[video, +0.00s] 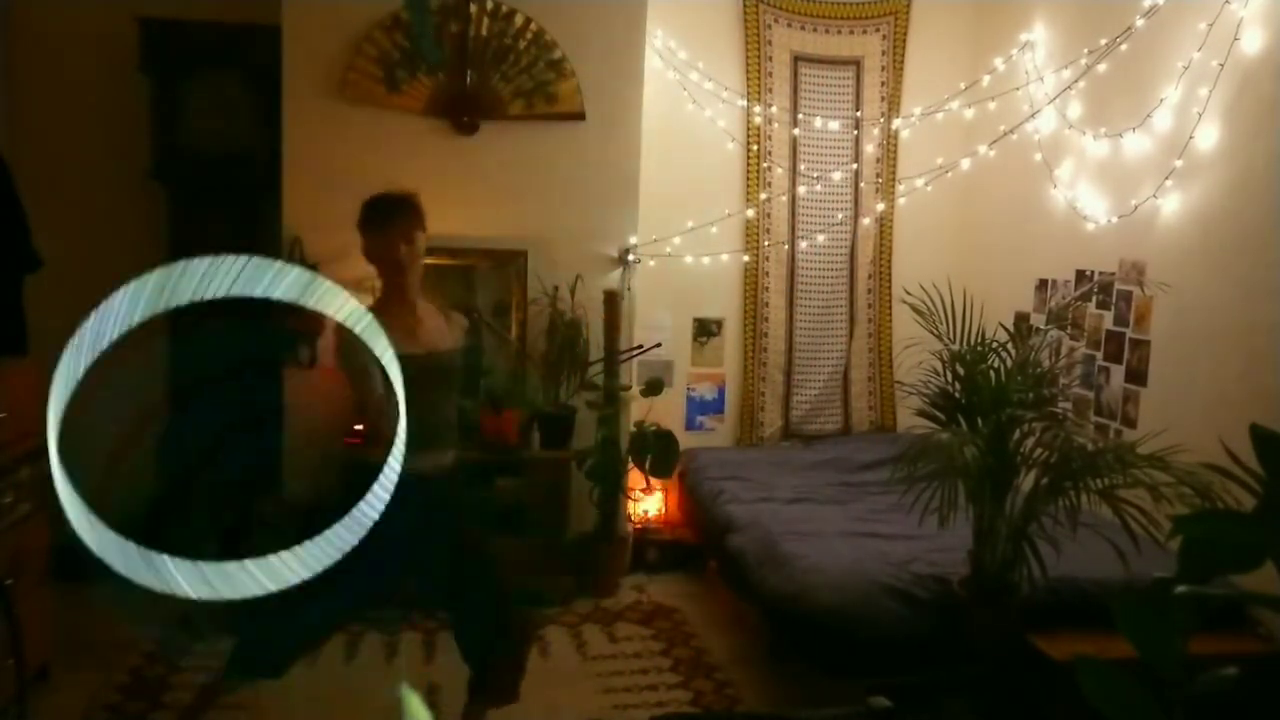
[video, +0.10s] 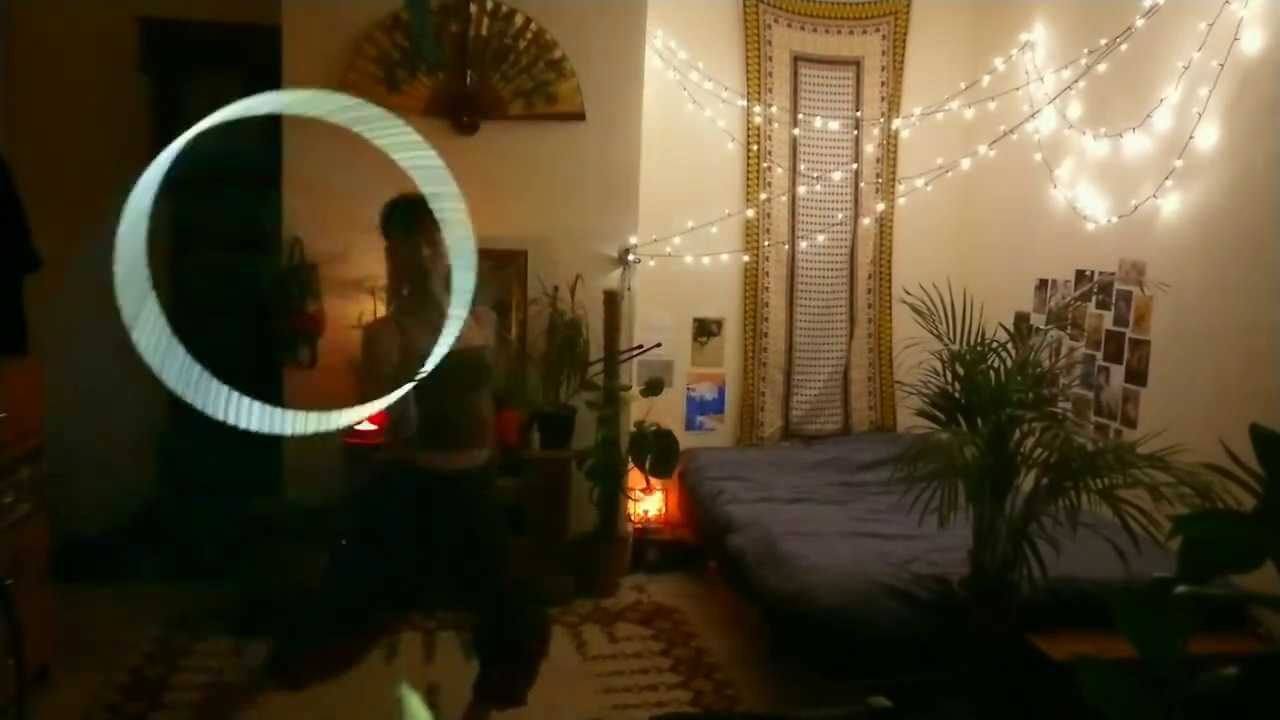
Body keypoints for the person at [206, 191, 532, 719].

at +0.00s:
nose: (406, 248)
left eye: (413, 235)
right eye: (391, 236)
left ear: (425, 240)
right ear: (369, 246)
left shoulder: (459, 328)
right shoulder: (359, 333)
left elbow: (480, 408)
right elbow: (356, 425)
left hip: (453, 488)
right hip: (385, 492)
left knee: (501, 640)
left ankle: (472, 710)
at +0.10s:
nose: (428, 257)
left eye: (435, 242)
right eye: (413, 245)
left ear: (448, 247)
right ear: (392, 255)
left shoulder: (481, 323)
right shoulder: (384, 335)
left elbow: (501, 395)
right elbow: (393, 427)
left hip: (475, 484)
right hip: (407, 484)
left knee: (514, 628)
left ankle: (478, 709)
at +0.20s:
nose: (446, 253)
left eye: (454, 239)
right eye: (433, 242)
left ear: (469, 243)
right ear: (409, 250)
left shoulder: (501, 316)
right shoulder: (403, 326)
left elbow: (529, 401)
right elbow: (379, 396)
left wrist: (551, 475)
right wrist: (395, 288)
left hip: (496, 479)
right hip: (432, 480)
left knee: (523, 620)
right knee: (429, 625)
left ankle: (485, 708)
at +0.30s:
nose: (468, 250)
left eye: (476, 236)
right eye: (456, 237)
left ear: (487, 242)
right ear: (433, 248)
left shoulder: (518, 314)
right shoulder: (424, 326)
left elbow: (561, 395)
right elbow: (415, 430)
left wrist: (612, 468)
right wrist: (477, 454)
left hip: (529, 478)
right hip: (464, 486)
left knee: (514, 623)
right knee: (526, 625)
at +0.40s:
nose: (477, 246)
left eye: (487, 231)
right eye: (464, 234)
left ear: (503, 232)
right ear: (445, 240)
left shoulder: (531, 303)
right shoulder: (442, 312)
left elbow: (579, 380)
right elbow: (459, 401)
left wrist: (631, 440)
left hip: (536, 465)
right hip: (474, 470)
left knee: (539, 588)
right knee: (501, 590)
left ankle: (515, 698)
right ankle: (500, 697)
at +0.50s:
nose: (489, 240)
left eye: (499, 225)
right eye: (476, 227)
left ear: (514, 228)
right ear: (457, 232)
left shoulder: (542, 304)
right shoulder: (444, 305)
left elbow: (597, 384)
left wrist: (653, 451)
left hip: (542, 473)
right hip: (476, 476)